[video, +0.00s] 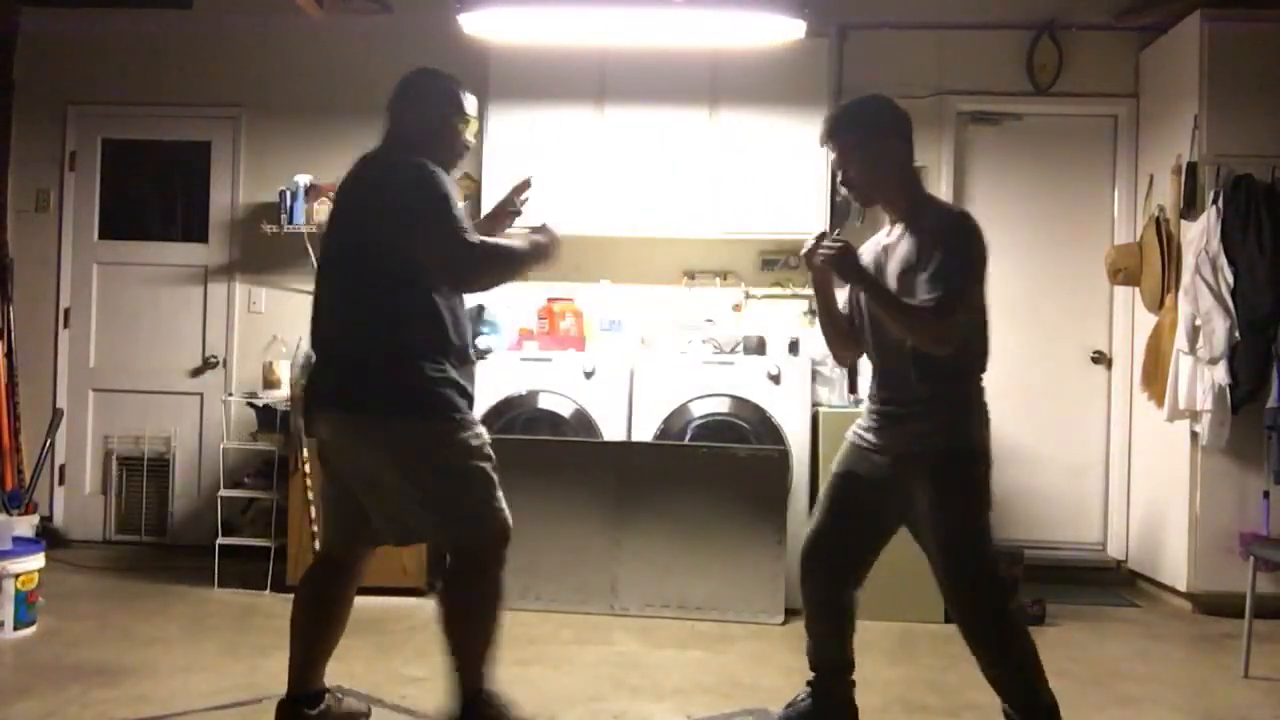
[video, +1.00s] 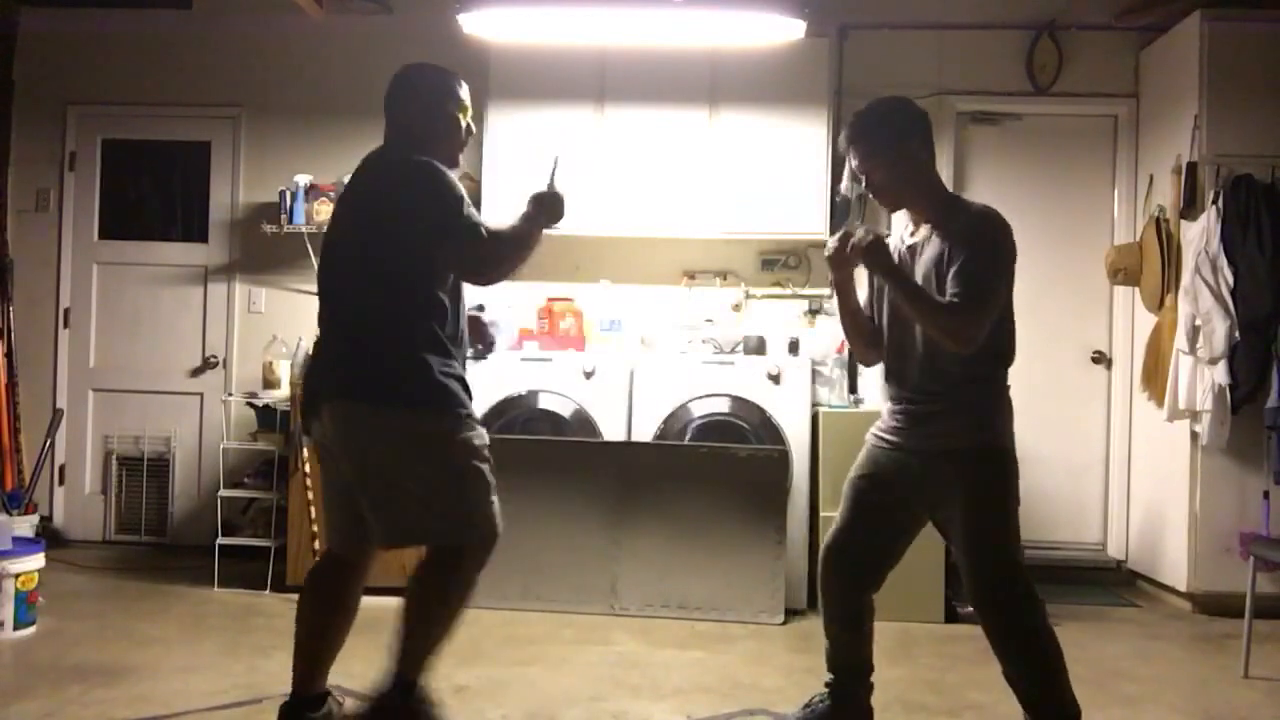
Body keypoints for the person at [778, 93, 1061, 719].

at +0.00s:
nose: (838, 175)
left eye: (846, 158)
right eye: (834, 161)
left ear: (892, 149)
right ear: (870, 161)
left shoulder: (952, 230)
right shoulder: (874, 248)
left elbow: (943, 334)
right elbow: (847, 351)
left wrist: (859, 280)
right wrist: (822, 285)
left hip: (943, 439)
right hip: (878, 434)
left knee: (976, 601)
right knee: (821, 564)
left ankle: (1036, 713)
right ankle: (830, 698)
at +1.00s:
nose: (857, 178)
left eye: (864, 161)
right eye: (853, 165)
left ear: (909, 153)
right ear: (891, 162)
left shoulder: (982, 229)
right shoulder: (892, 246)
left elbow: (964, 334)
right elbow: (869, 350)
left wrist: (885, 269)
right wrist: (842, 283)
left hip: (971, 445)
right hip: (899, 438)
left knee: (1001, 601)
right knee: (843, 566)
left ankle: (1058, 716)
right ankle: (847, 699)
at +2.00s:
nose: (890, 180)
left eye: (897, 162)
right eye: (886, 166)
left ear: (943, 150)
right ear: (928, 160)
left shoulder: (1001, 227)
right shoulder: (946, 244)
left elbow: (992, 346)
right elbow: (928, 347)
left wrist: (898, 292)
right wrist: (881, 291)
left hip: (1009, 442)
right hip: (948, 437)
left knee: (1025, 605)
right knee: (902, 574)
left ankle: (1091, 717)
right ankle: (885, 696)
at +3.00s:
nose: (851, 187)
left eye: (858, 171)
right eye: (848, 173)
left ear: (896, 165)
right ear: (912, 166)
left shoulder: (904, 247)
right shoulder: (962, 228)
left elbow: (838, 327)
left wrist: (790, 358)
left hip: (1004, 434)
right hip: (962, 428)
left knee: (1017, 600)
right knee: (924, 560)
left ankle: (1076, 715)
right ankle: (915, 697)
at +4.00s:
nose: (891, 172)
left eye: (900, 156)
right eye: (888, 159)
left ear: (946, 147)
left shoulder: (1000, 226)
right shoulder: (928, 245)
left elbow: (967, 330)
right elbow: (887, 340)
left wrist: (904, 260)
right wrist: (850, 274)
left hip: (982, 439)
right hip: (918, 435)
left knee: (1007, 605)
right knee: (867, 563)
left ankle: (1070, 718)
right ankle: (894, 695)